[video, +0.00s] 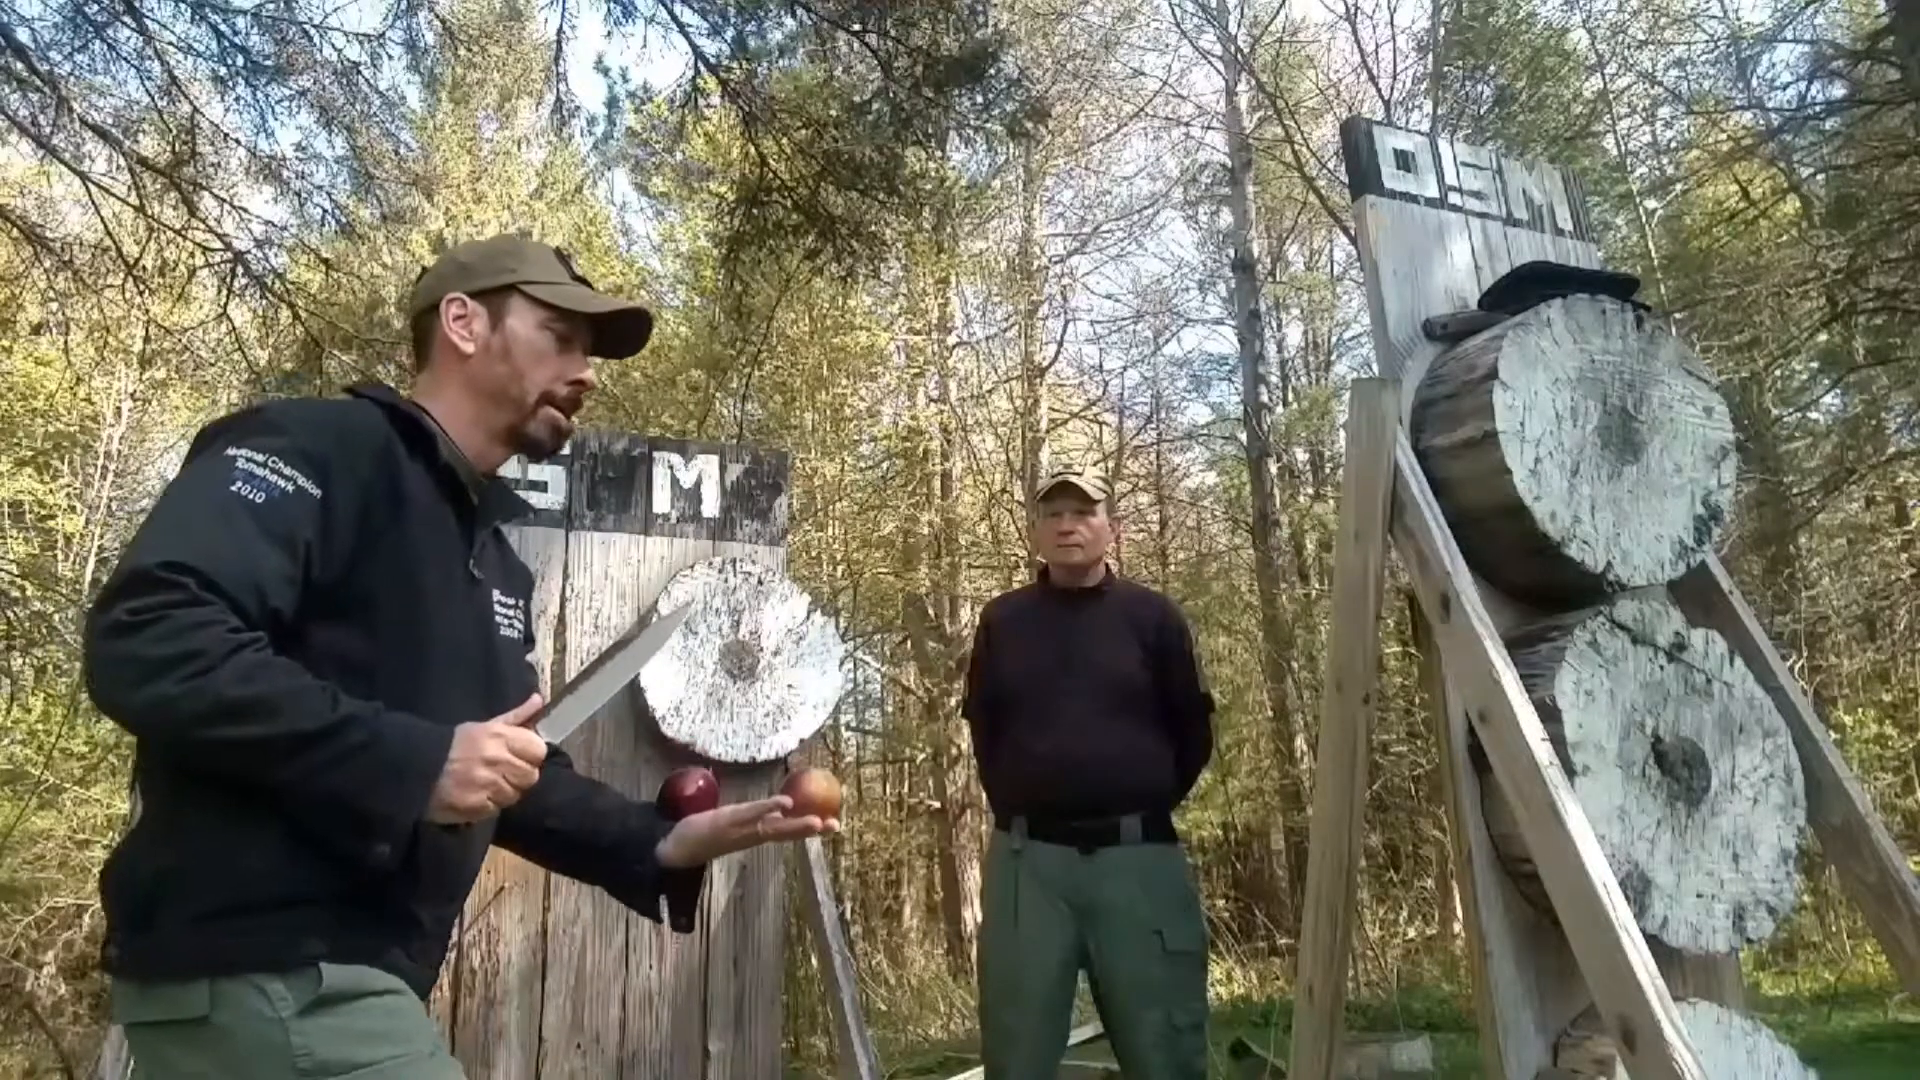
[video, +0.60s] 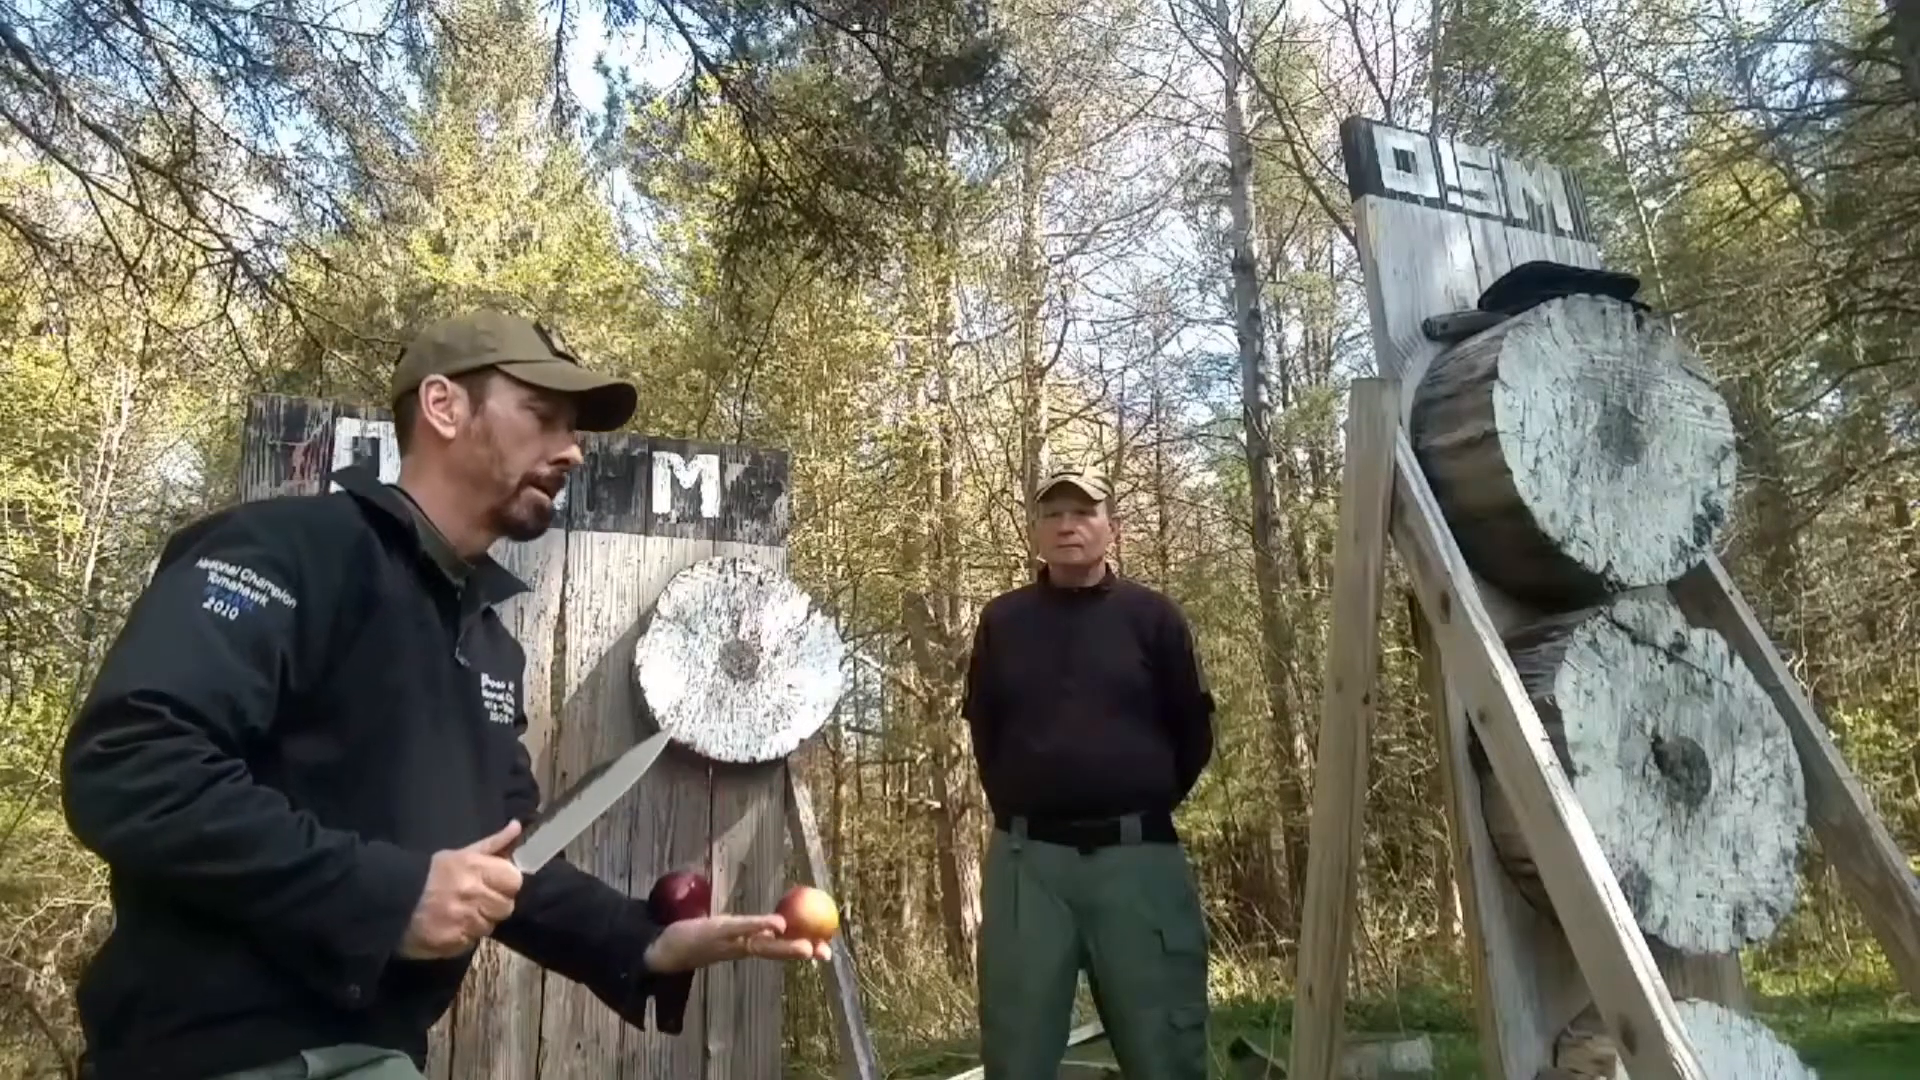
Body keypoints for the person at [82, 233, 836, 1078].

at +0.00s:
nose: (586, 374)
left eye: (592, 350)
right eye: (565, 336)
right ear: (464, 324)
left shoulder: (492, 556)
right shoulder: (312, 447)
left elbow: (492, 763)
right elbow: (146, 640)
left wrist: (657, 841)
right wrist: (417, 759)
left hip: (353, 979)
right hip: (264, 979)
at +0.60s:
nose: (572, 453)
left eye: (575, 428)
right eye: (546, 417)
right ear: (444, 409)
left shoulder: (490, 645)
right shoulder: (279, 549)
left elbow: (485, 858)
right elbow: (127, 773)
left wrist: (649, 940)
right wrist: (392, 892)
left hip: (381, 1042)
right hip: (221, 1042)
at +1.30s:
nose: (546, 425)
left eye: (547, 399)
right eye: (518, 392)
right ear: (418, 387)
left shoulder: (487, 598)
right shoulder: (263, 537)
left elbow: (561, 765)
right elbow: (164, 749)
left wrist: (757, 776)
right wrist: (456, 806)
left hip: (416, 1021)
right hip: (290, 1025)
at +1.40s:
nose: (541, 395)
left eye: (541, 371)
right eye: (510, 359)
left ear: (425, 368)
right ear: (413, 360)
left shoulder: (484, 569)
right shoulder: (277, 506)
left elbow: (579, 719)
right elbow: (196, 704)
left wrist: (769, 699)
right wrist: (492, 707)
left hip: (408, 992)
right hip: (323, 999)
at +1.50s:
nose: (537, 370)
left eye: (538, 347)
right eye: (507, 334)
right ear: (410, 336)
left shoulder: (478, 530)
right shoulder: (292, 468)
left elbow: (598, 665)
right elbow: (234, 649)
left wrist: (780, 631)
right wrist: (518, 600)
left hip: (411, 962)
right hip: (338, 970)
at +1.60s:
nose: (529, 340)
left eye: (528, 319)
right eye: (500, 311)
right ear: (403, 314)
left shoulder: (492, 492)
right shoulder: (298, 443)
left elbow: (604, 626)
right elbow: (276, 598)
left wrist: (780, 577)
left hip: (426, 927)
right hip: (340, 932)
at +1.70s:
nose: (522, 321)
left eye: (522, 300)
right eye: (494, 291)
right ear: (398, 297)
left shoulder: (465, 483)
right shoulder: (316, 412)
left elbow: (594, 609)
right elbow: (344, 532)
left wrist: (774, 551)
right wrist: (543, 387)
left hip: (422, 905)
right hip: (349, 906)